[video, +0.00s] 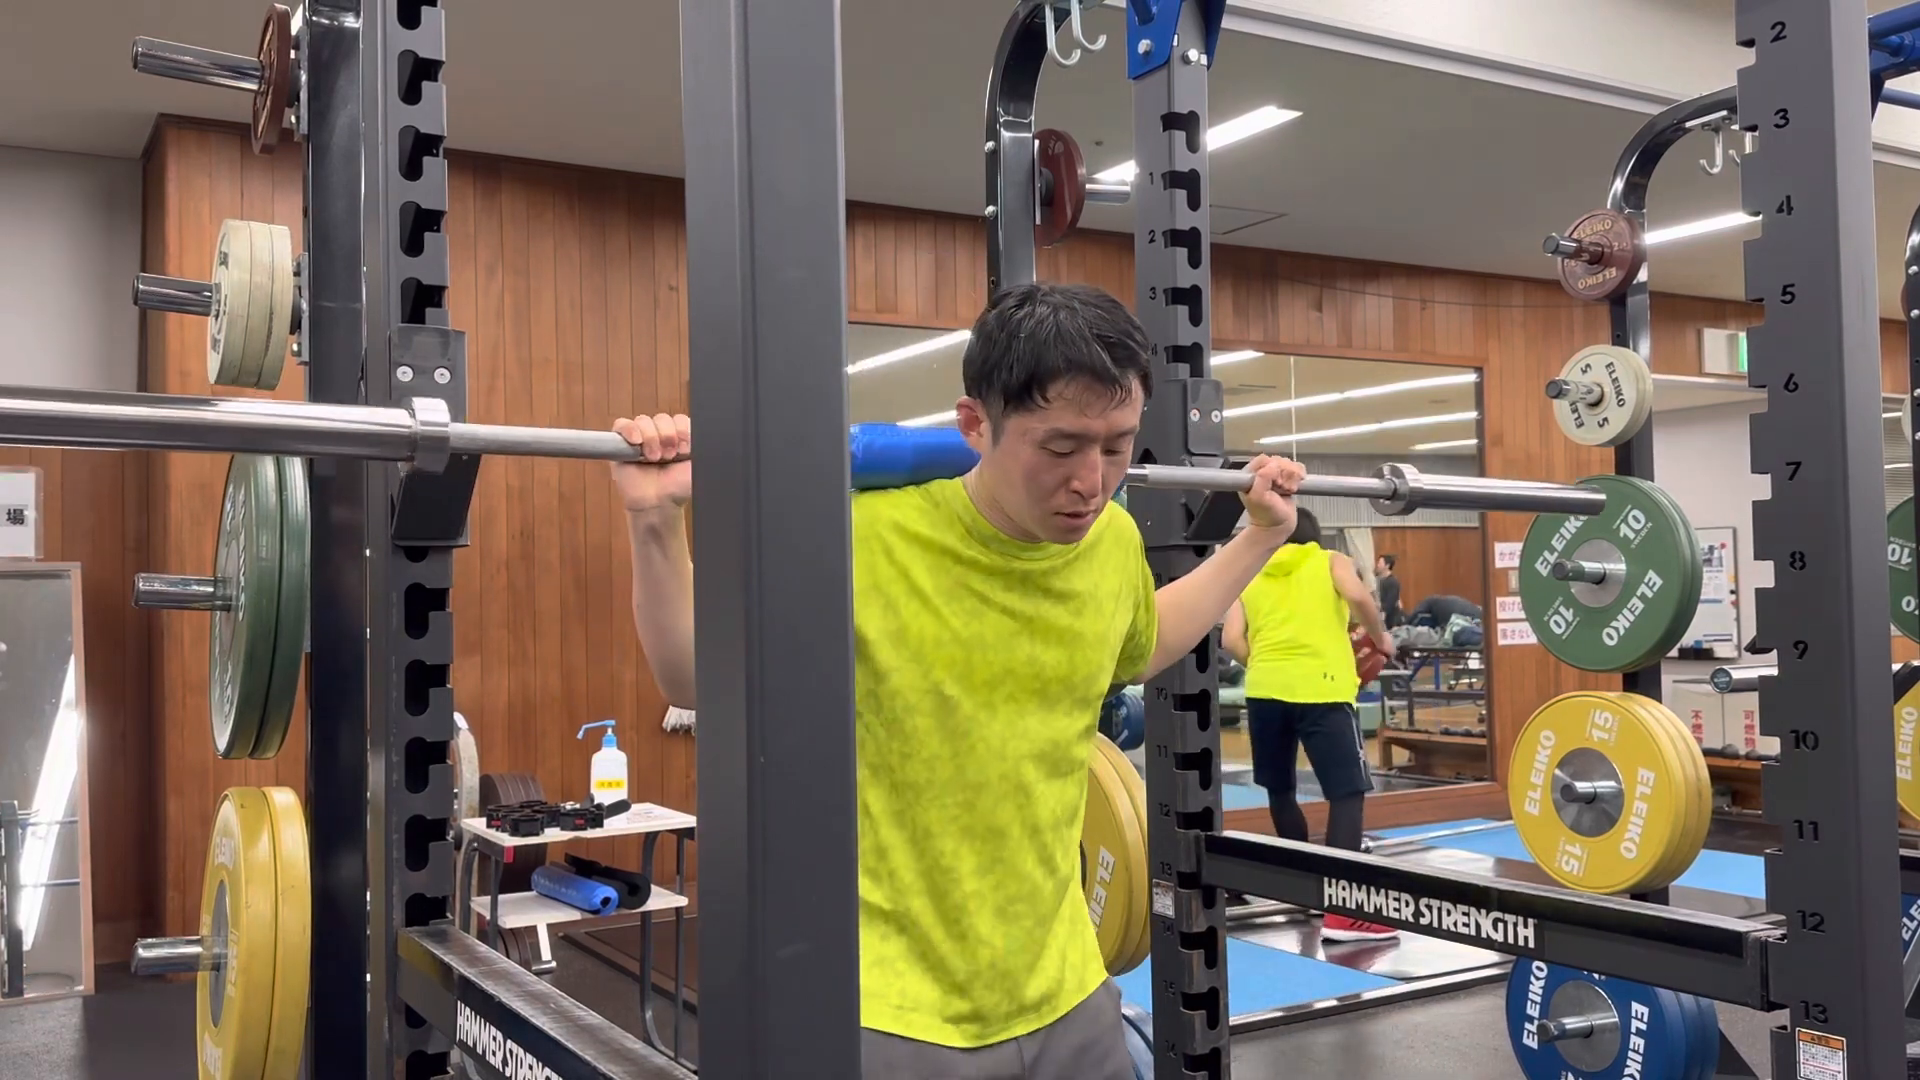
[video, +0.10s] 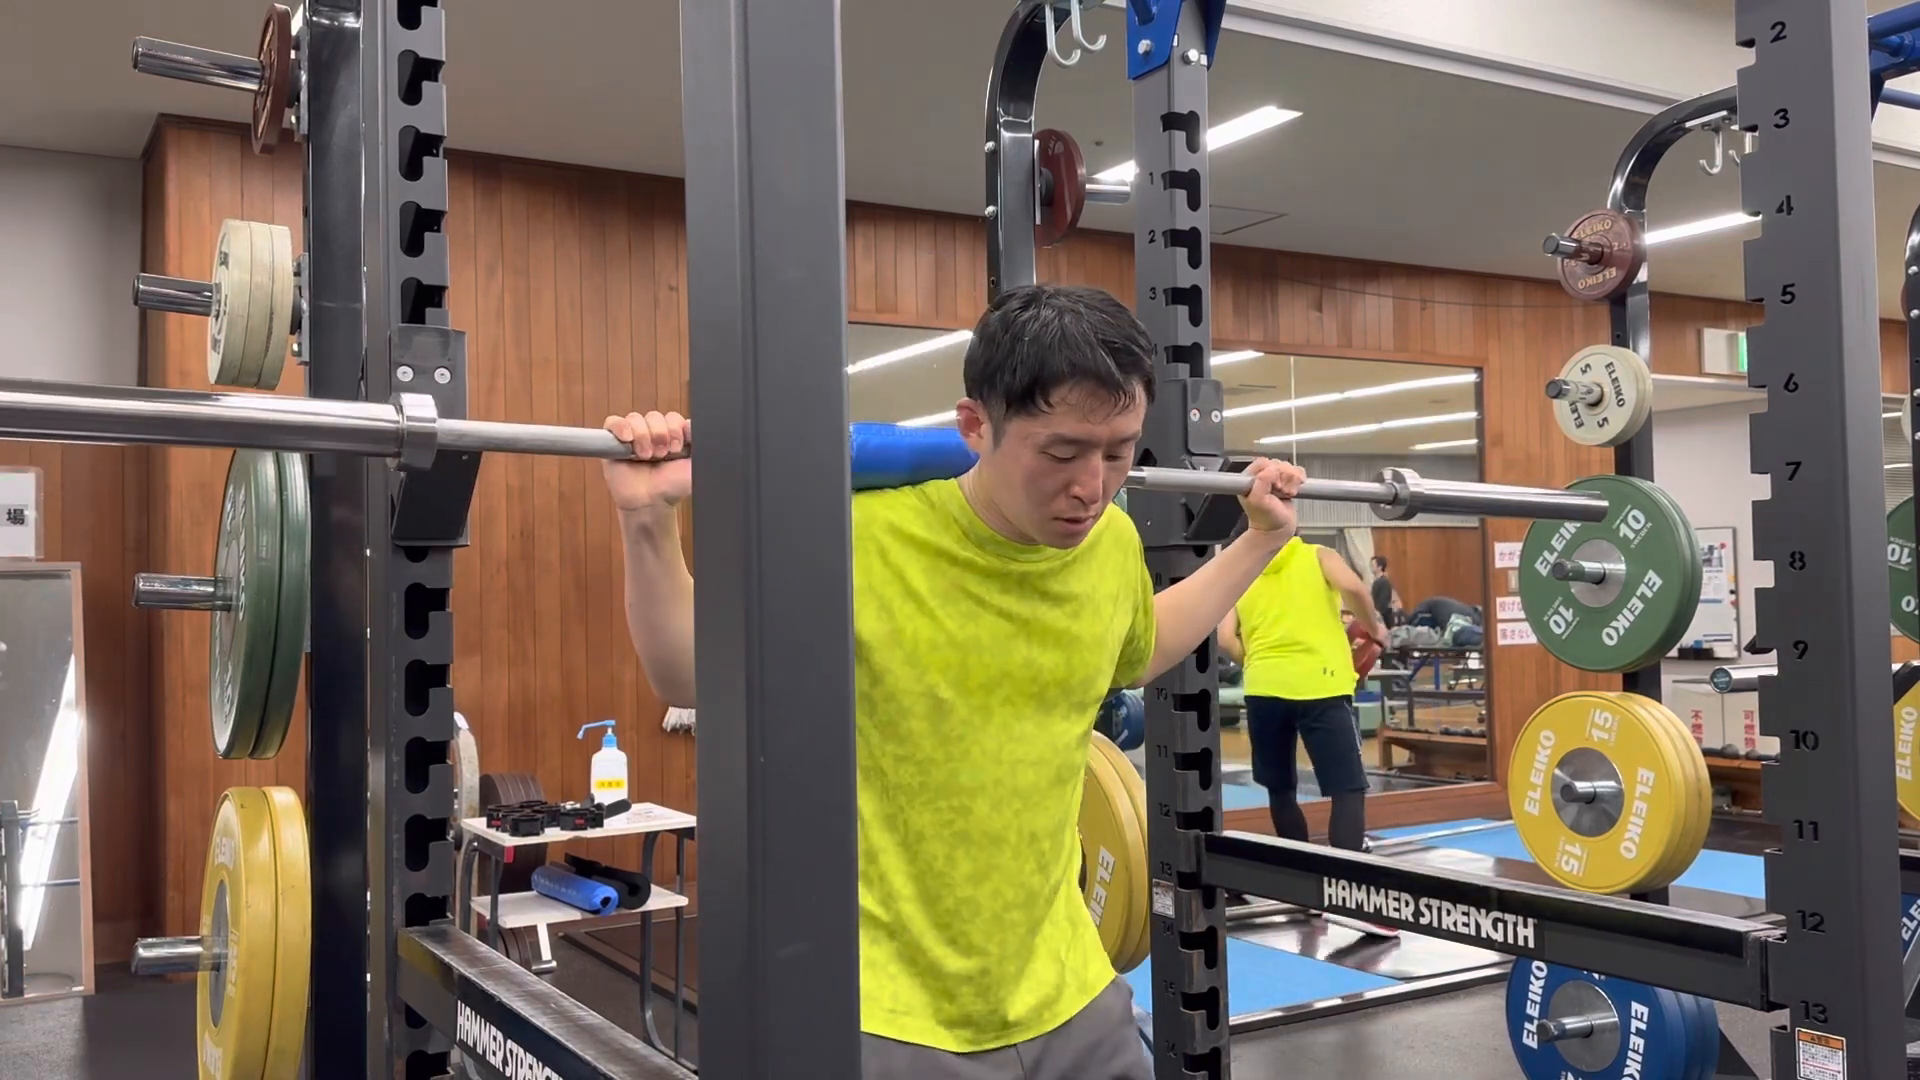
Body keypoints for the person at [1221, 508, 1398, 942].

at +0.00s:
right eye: (1318, 530)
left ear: (1272, 540)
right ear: (1314, 536)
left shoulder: (1249, 576)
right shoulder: (1330, 560)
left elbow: (1231, 639)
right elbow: (1357, 595)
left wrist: (1264, 662)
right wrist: (1379, 635)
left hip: (1264, 693)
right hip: (1323, 692)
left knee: (1280, 796)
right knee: (1346, 797)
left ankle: (1306, 891)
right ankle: (1340, 902)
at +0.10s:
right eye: (1293, 520)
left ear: (1251, 537)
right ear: (1292, 527)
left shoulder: (1238, 573)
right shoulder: (1318, 555)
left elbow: (1224, 637)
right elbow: (1354, 586)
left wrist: (1259, 658)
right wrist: (1373, 626)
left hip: (1264, 688)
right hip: (1323, 684)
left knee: (1281, 794)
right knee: (1346, 793)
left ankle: (1310, 892)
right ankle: (1354, 897)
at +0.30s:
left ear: (1234, 517)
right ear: (1273, 510)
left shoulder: (1222, 557)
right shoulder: (1297, 543)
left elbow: (1213, 615)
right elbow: (1343, 591)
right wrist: (1341, 630)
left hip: (1256, 688)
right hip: (1312, 682)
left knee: (1277, 787)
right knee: (1329, 762)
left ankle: (1301, 872)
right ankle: (1363, 838)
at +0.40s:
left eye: (1225, 513)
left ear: (1232, 518)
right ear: (1267, 513)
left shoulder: (1217, 555)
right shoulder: (1291, 544)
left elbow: (1204, 614)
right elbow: (1339, 598)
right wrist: (1318, 628)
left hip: (1250, 682)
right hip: (1301, 677)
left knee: (1273, 786)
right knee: (1303, 760)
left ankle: (1298, 870)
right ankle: (1342, 839)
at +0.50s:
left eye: (1222, 512)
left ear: (1229, 516)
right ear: (1260, 515)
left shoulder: (1215, 555)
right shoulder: (1284, 550)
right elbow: (1329, 602)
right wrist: (1300, 629)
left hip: (1244, 685)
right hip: (1289, 681)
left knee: (1268, 785)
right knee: (1271, 768)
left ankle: (1299, 872)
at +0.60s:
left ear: (1224, 518)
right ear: (1255, 517)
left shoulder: (1211, 557)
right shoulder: (1275, 552)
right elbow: (1319, 604)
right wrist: (1288, 627)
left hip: (1237, 691)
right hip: (1279, 687)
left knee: (1263, 793)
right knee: (1254, 789)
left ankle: (1304, 876)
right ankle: (1248, 873)